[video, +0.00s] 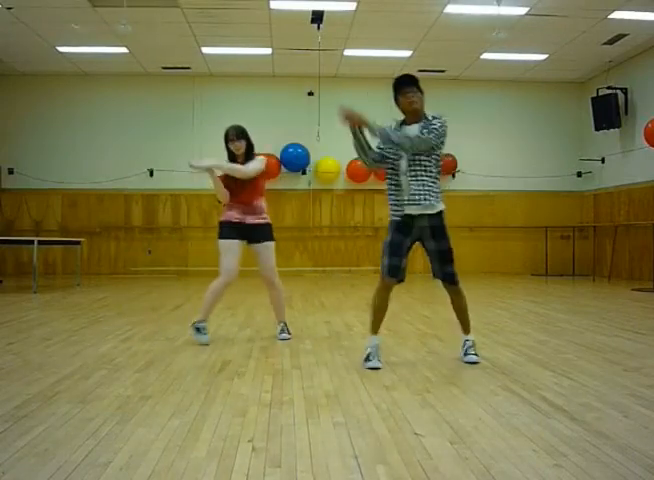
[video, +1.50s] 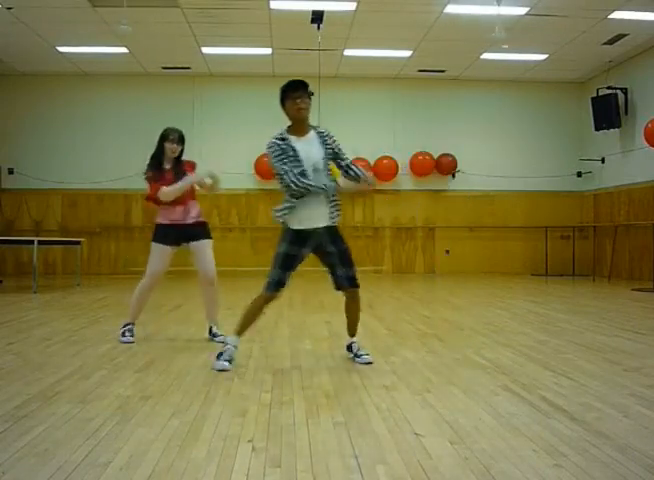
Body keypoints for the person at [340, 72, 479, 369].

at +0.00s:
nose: (412, 98)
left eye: (416, 93)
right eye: (406, 95)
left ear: (423, 97)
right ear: (398, 102)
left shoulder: (437, 124)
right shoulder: (392, 135)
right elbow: (372, 160)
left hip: (432, 215)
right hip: (401, 216)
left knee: (451, 282)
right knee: (386, 281)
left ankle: (468, 340)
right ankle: (372, 344)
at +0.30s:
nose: (377, 110)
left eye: (381, 105)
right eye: (371, 106)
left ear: (389, 108)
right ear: (363, 112)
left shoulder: (398, 136)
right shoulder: (355, 142)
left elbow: (385, 136)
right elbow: (362, 162)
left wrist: (359, 123)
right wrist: (353, 129)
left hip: (392, 226)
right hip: (363, 229)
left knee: (419, 288)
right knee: (375, 294)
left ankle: (442, 343)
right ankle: (370, 348)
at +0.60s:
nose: (351, 109)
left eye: (356, 105)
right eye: (347, 103)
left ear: (358, 108)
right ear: (333, 102)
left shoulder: (354, 138)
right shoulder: (320, 134)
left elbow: (380, 148)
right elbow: (358, 137)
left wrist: (394, 113)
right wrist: (394, 104)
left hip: (359, 219)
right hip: (335, 220)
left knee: (364, 285)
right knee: (356, 287)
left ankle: (318, 322)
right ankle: (368, 347)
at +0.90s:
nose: (321, 111)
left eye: (325, 106)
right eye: (316, 105)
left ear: (329, 108)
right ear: (303, 106)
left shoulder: (330, 141)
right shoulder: (284, 129)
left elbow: (321, 178)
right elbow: (293, 139)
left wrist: (328, 147)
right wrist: (332, 134)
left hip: (315, 217)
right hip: (289, 212)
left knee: (308, 284)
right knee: (294, 278)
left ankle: (284, 334)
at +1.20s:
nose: (288, 111)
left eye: (292, 106)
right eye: (281, 107)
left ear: (298, 110)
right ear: (271, 112)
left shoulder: (307, 145)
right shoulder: (255, 149)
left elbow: (313, 181)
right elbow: (250, 191)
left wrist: (286, 154)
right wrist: (264, 160)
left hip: (291, 231)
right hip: (260, 229)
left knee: (307, 297)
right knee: (239, 294)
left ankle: (292, 332)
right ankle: (219, 349)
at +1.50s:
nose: (302, 103)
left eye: (305, 98)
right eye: (295, 100)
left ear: (311, 103)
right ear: (284, 107)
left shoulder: (323, 137)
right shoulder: (278, 145)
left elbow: (345, 165)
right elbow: (296, 185)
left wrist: (363, 177)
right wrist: (334, 186)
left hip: (327, 227)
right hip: (296, 229)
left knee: (351, 288)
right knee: (271, 292)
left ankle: (353, 343)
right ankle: (232, 344)